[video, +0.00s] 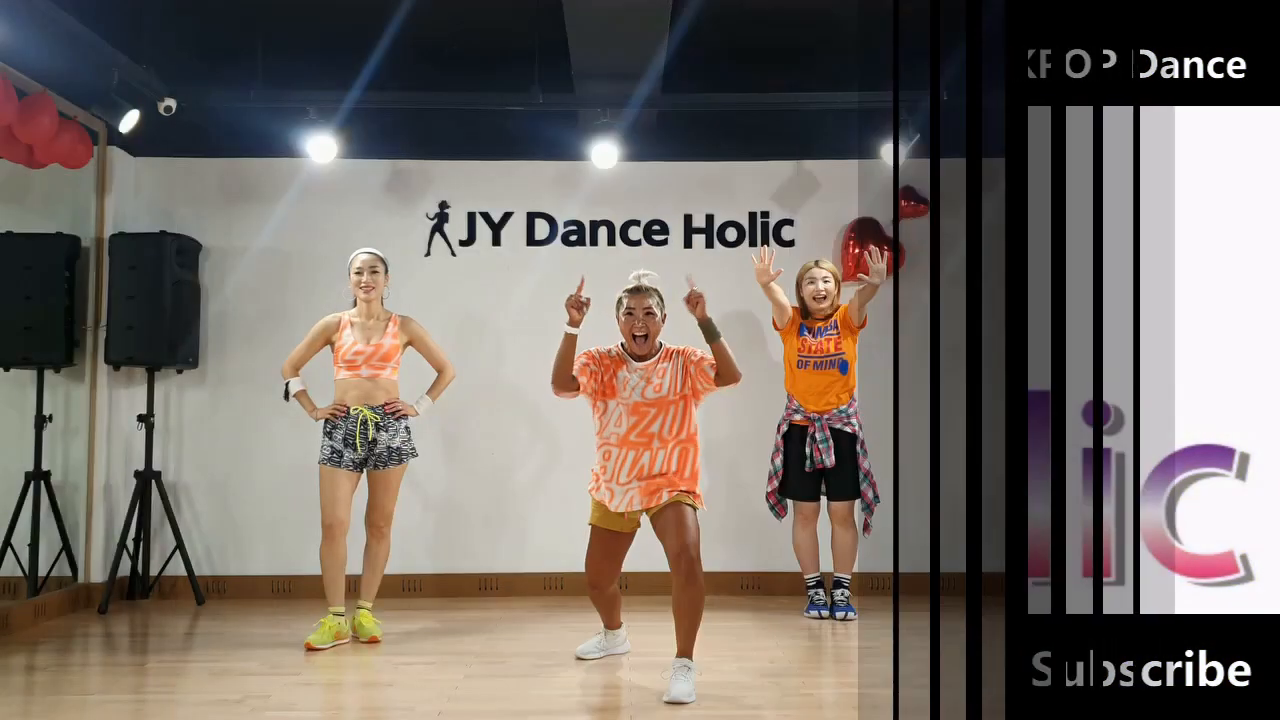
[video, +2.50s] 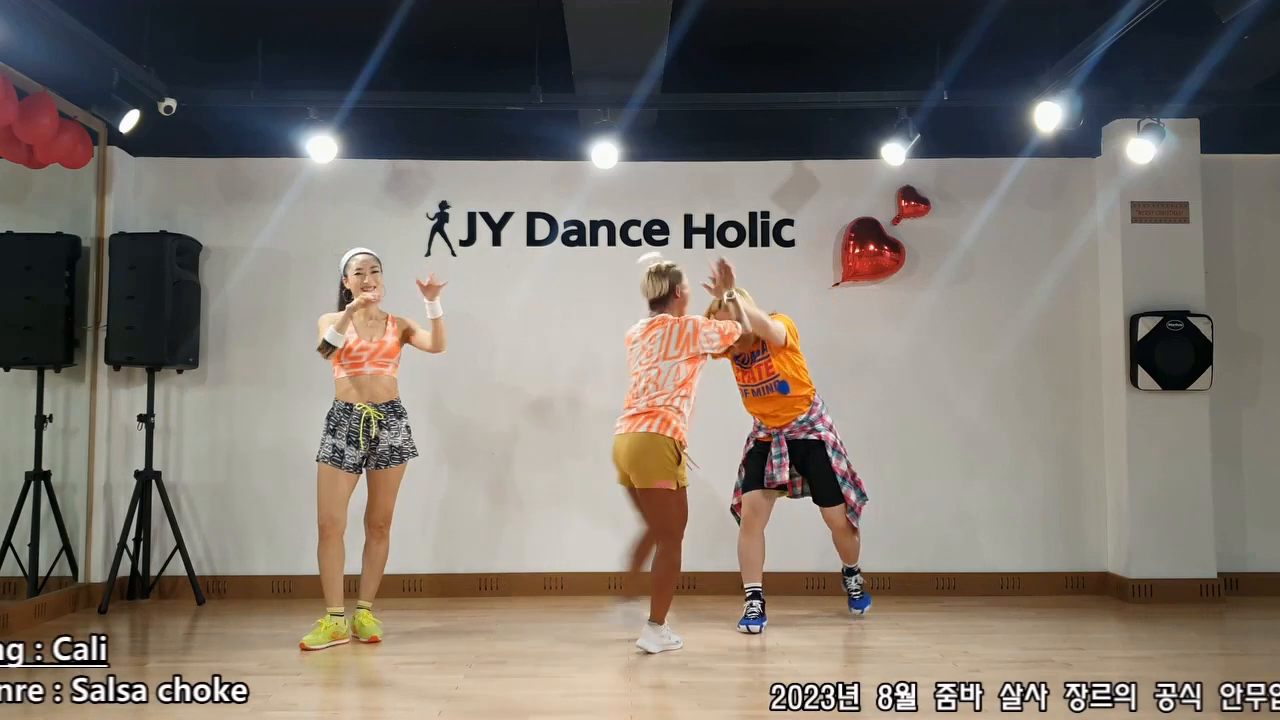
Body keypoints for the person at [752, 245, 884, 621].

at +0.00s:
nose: (818, 286)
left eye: (825, 281)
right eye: (810, 282)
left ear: (837, 290)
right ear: (800, 293)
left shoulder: (846, 319)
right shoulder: (792, 323)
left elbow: (859, 301)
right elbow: (781, 304)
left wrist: (873, 284)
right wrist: (766, 283)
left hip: (841, 427)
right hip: (800, 428)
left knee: (842, 513)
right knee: (806, 512)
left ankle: (841, 590)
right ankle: (814, 590)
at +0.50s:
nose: (818, 286)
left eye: (825, 281)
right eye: (809, 281)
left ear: (836, 291)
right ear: (800, 292)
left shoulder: (846, 319)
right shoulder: (791, 322)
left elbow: (858, 301)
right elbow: (779, 303)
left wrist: (873, 283)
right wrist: (764, 282)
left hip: (841, 427)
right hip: (800, 428)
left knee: (842, 513)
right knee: (806, 513)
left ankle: (841, 590)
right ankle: (815, 591)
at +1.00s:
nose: (817, 286)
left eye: (824, 280)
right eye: (809, 281)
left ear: (836, 290)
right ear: (799, 293)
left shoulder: (845, 319)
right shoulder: (791, 322)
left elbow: (858, 302)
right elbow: (777, 303)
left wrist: (872, 283)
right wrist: (761, 284)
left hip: (841, 427)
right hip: (800, 428)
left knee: (843, 514)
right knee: (805, 514)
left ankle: (841, 590)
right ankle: (814, 590)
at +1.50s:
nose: (811, 287)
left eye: (819, 281)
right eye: (806, 282)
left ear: (835, 288)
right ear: (800, 290)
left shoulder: (848, 322)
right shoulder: (794, 324)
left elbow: (859, 311)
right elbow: (773, 315)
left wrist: (861, 293)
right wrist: (752, 299)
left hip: (844, 427)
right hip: (802, 427)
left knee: (846, 515)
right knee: (807, 514)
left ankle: (842, 592)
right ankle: (814, 592)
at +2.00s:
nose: (789, 293)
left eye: (796, 286)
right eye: (785, 288)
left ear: (816, 291)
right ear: (784, 296)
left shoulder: (838, 328)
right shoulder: (779, 333)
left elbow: (831, 364)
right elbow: (749, 360)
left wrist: (809, 391)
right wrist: (723, 376)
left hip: (833, 431)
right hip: (791, 432)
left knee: (843, 519)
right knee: (775, 510)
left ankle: (842, 594)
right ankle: (758, 597)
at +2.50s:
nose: (737, 343)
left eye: (739, 332)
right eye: (729, 336)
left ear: (750, 321)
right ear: (720, 334)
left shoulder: (781, 329)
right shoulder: (729, 346)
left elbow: (763, 327)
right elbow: (697, 347)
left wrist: (734, 293)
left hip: (809, 433)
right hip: (766, 438)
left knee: (839, 520)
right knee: (751, 513)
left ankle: (852, 576)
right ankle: (754, 601)